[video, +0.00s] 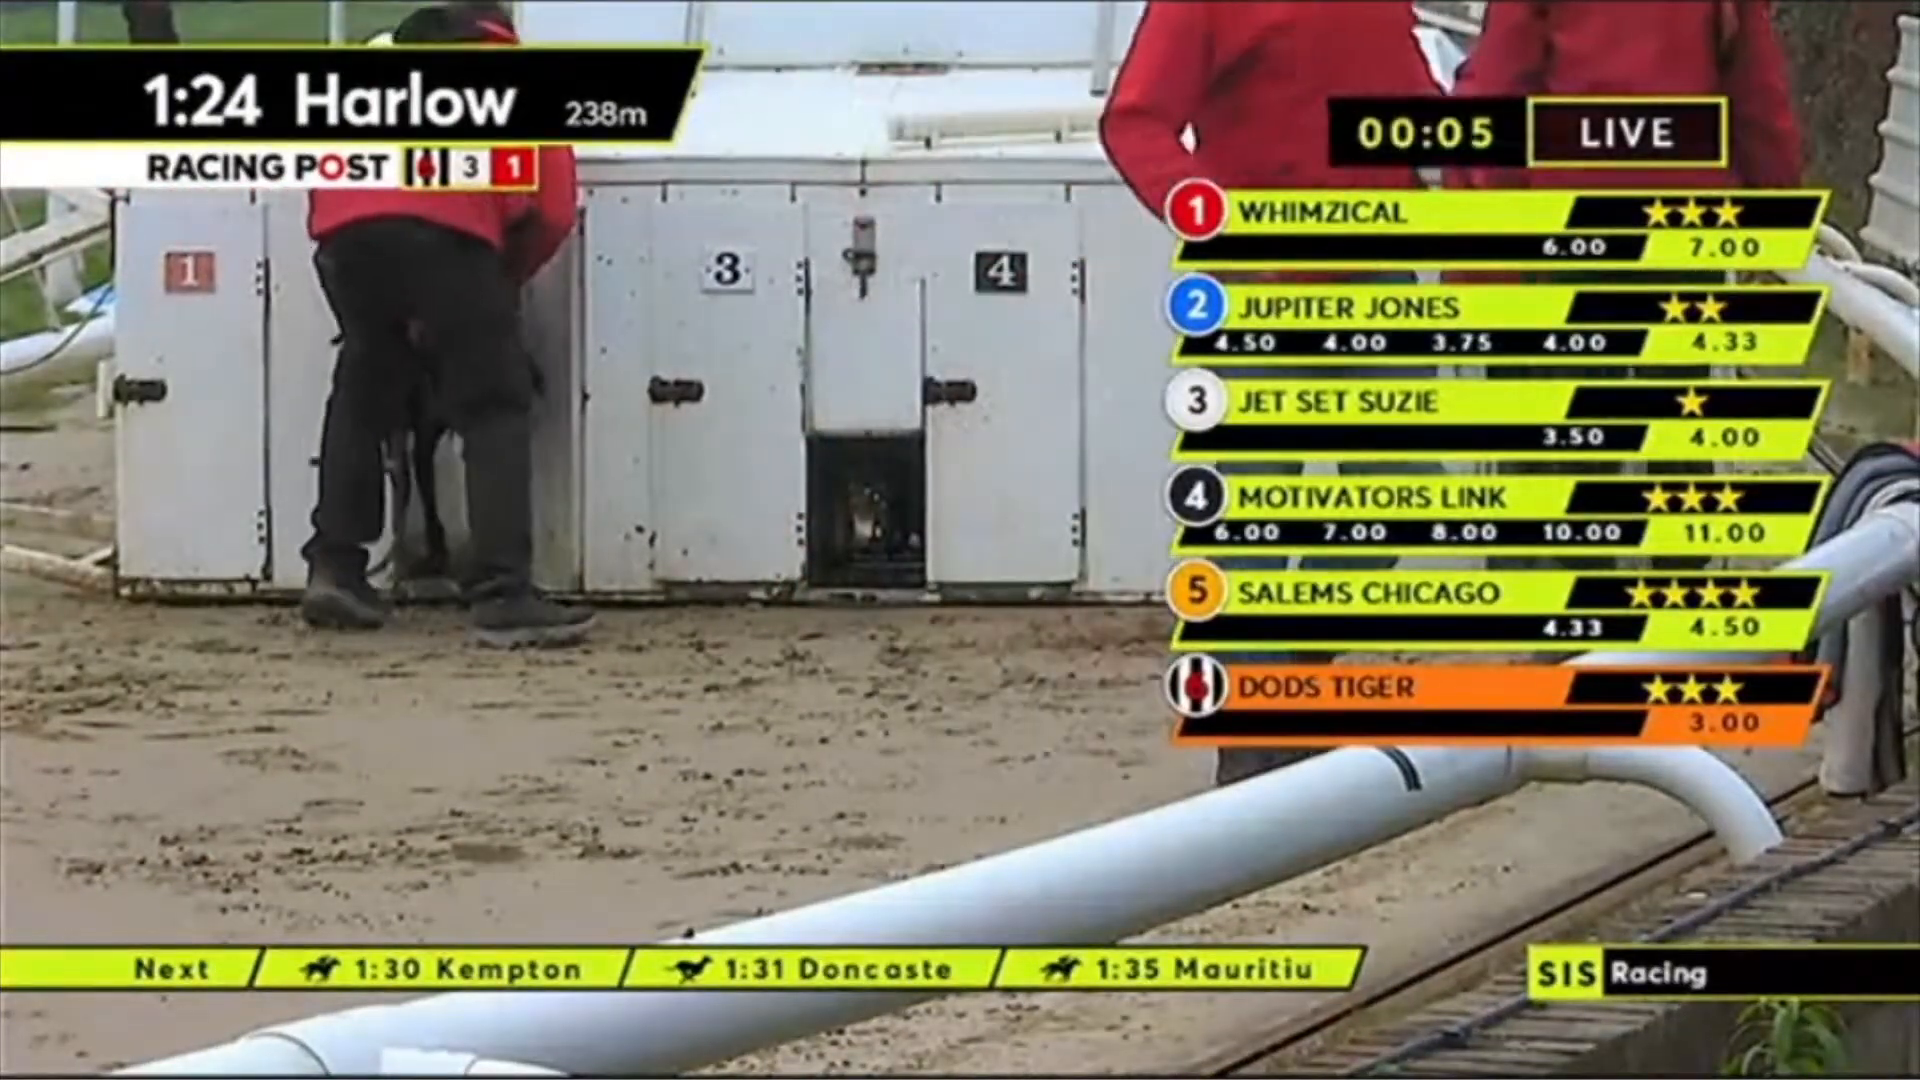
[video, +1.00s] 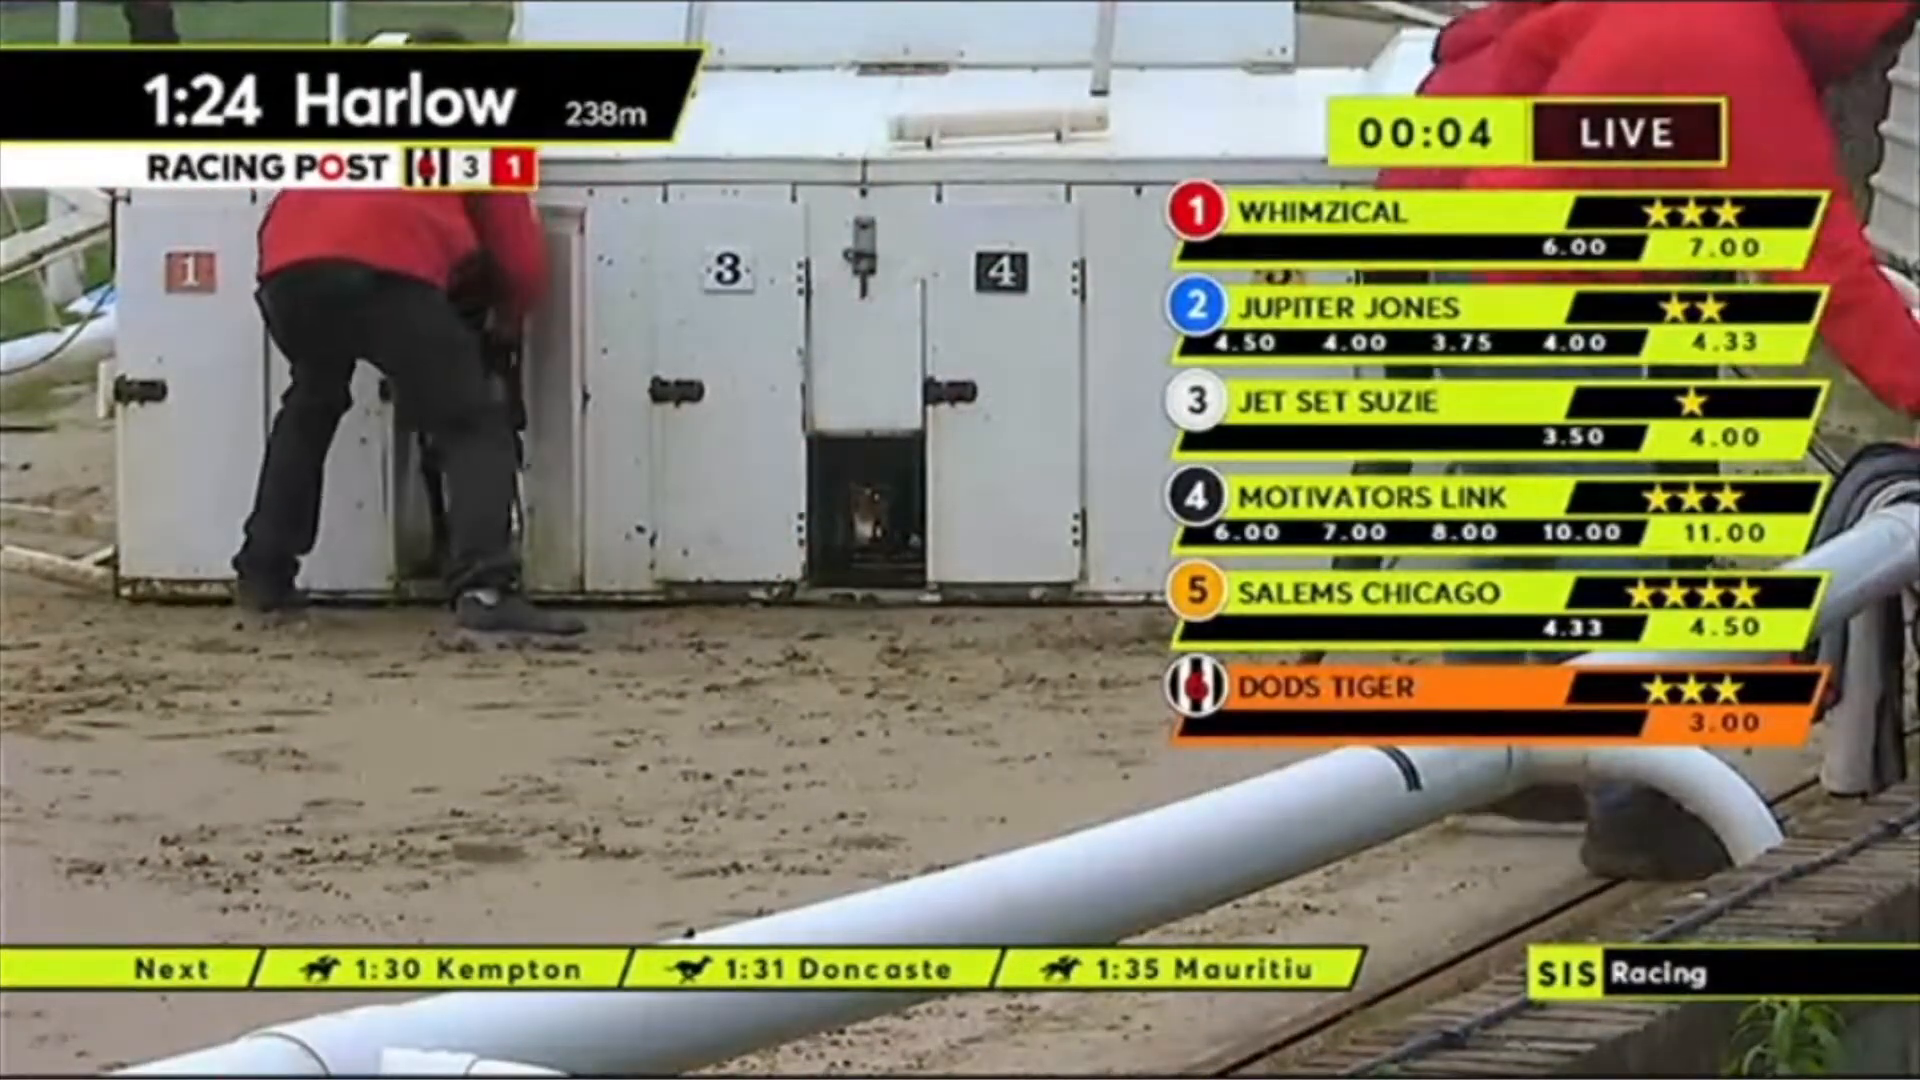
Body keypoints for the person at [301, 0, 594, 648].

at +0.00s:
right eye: (512, 24)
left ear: (423, 24)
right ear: (500, 26)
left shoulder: (367, 65)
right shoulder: (523, 73)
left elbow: (329, 194)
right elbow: (556, 213)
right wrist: (485, 290)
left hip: (345, 232)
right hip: (449, 238)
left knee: (369, 363)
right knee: (494, 404)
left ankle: (333, 570)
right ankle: (504, 591)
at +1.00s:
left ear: (388, 73)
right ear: (471, 83)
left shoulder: (344, 123)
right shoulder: (484, 133)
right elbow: (525, 266)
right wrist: (504, 323)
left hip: (289, 271)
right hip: (391, 273)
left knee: (315, 392)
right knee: (472, 422)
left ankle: (262, 574)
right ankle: (484, 591)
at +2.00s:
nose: (490, 104)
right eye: (485, 91)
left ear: (411, 61)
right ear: (473, 78)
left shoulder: (353, 117)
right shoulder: (468, 128)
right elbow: (515, 218)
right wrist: (583, 309)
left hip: (277, 266)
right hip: (375, 265)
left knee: (326, 391)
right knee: (471, 418)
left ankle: (264, 572)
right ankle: (487, 594)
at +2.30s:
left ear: (400, 43)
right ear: (471, 54)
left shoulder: (348, 89)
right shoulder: (490, 105)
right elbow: (501, 221)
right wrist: (482, 298)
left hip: (280, 267)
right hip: (381, 266)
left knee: (319, 390)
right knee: (467, 419)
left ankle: (263, 575)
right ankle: (489, 594)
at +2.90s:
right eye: (469, 71)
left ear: (409, 29)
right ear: (461, 50)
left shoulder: (330, 61)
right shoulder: (459, 85)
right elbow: (458, 220)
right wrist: (434, 291)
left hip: (259, 244)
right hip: (357, 253)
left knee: (303, 395)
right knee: (415, 416)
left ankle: (262, 574)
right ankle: (424, 585)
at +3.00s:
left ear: (412, 26)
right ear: (461, 43)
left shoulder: (313, 70)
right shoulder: (455, 79)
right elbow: (455, 214)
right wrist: (432, 292)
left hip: (262, 240)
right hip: (365, 245)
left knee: (305, 391)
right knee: (441, 406)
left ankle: (262, 573)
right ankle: (452, 555)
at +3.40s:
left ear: (398, 37)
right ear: (456, 51)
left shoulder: (329, 90)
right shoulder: (462, 93)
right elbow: (487, 214)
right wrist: (465, 276)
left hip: (297, 265)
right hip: (403, 260)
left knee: (307, 393)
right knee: (487, 417)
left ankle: (261, 572)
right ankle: (510, 593)